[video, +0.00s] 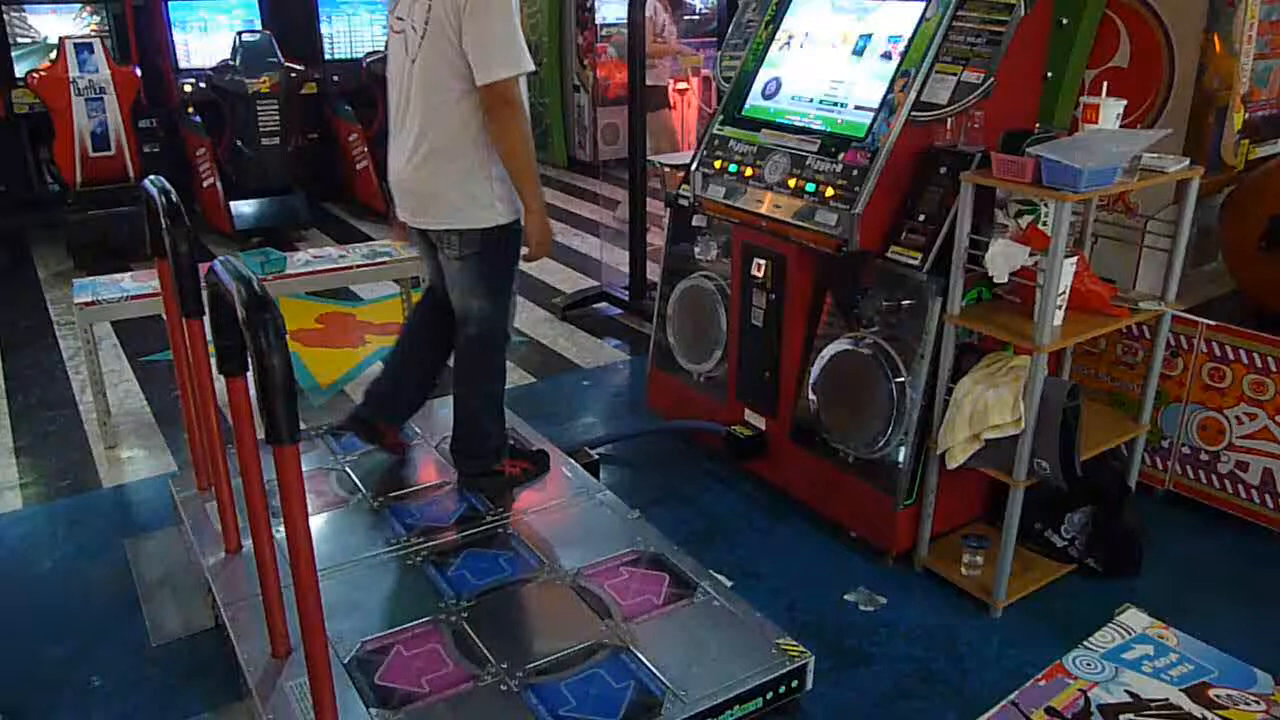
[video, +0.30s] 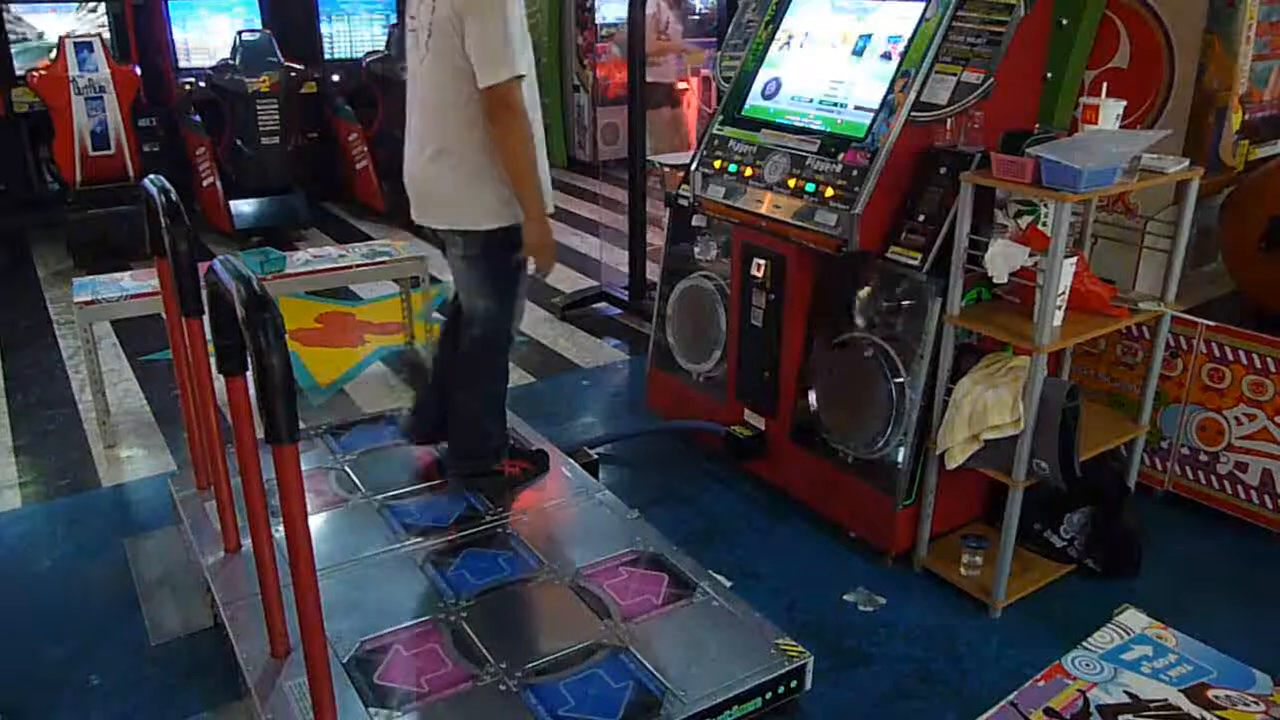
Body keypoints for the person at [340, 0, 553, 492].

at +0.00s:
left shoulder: (410, 5)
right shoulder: (484, 4)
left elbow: (407, 96)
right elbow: (500, 102)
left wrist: (404, 193)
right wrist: (535, 206)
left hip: (421, 187)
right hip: (473, 195)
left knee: (445, 303)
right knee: (483, 337)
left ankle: (380, 414)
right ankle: (482, 463)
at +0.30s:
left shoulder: (427, 5)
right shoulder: (487, 4)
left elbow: (434, 92)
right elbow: (503, 106)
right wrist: (535, 215)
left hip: (440, 191)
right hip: (485, 197)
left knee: (472, 310)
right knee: (489, 337)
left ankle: (433, 417)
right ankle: (478, 459)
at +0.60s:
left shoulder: (487, 7)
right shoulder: (462, 5)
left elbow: (477, 99)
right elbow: (464, 99)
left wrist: (505, 208)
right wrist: (485, 214)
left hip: (495, 201)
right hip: (480, 206)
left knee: (493, 331)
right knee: (484, 338)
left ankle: (487, 417)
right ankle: (477, 464)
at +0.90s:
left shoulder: (509, 7)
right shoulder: (452, 4)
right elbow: (440, 93)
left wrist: (509, 195)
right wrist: (447, 208)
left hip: (504, 197)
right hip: (478, 202)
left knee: (497, 326)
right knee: (480, 335)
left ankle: (489, 419)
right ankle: (476, 463)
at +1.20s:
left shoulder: (515, 7)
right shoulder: (459, 4)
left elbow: (504, 90)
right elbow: (447, 89)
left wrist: (518, 181)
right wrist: (459, 196)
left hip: (494, 189)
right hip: (481, 196)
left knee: (471, 317)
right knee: (502, 323)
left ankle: (472, 431)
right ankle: (490, 454)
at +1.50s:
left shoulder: (550, 8)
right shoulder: (473, 5)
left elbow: (590, 82)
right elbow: (461, 98)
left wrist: (648, 137)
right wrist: (481, 203)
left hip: (524, 190)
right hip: (489, 195)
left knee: (485, 310)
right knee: (512, 327)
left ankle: (470, 412)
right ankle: (531, 452)